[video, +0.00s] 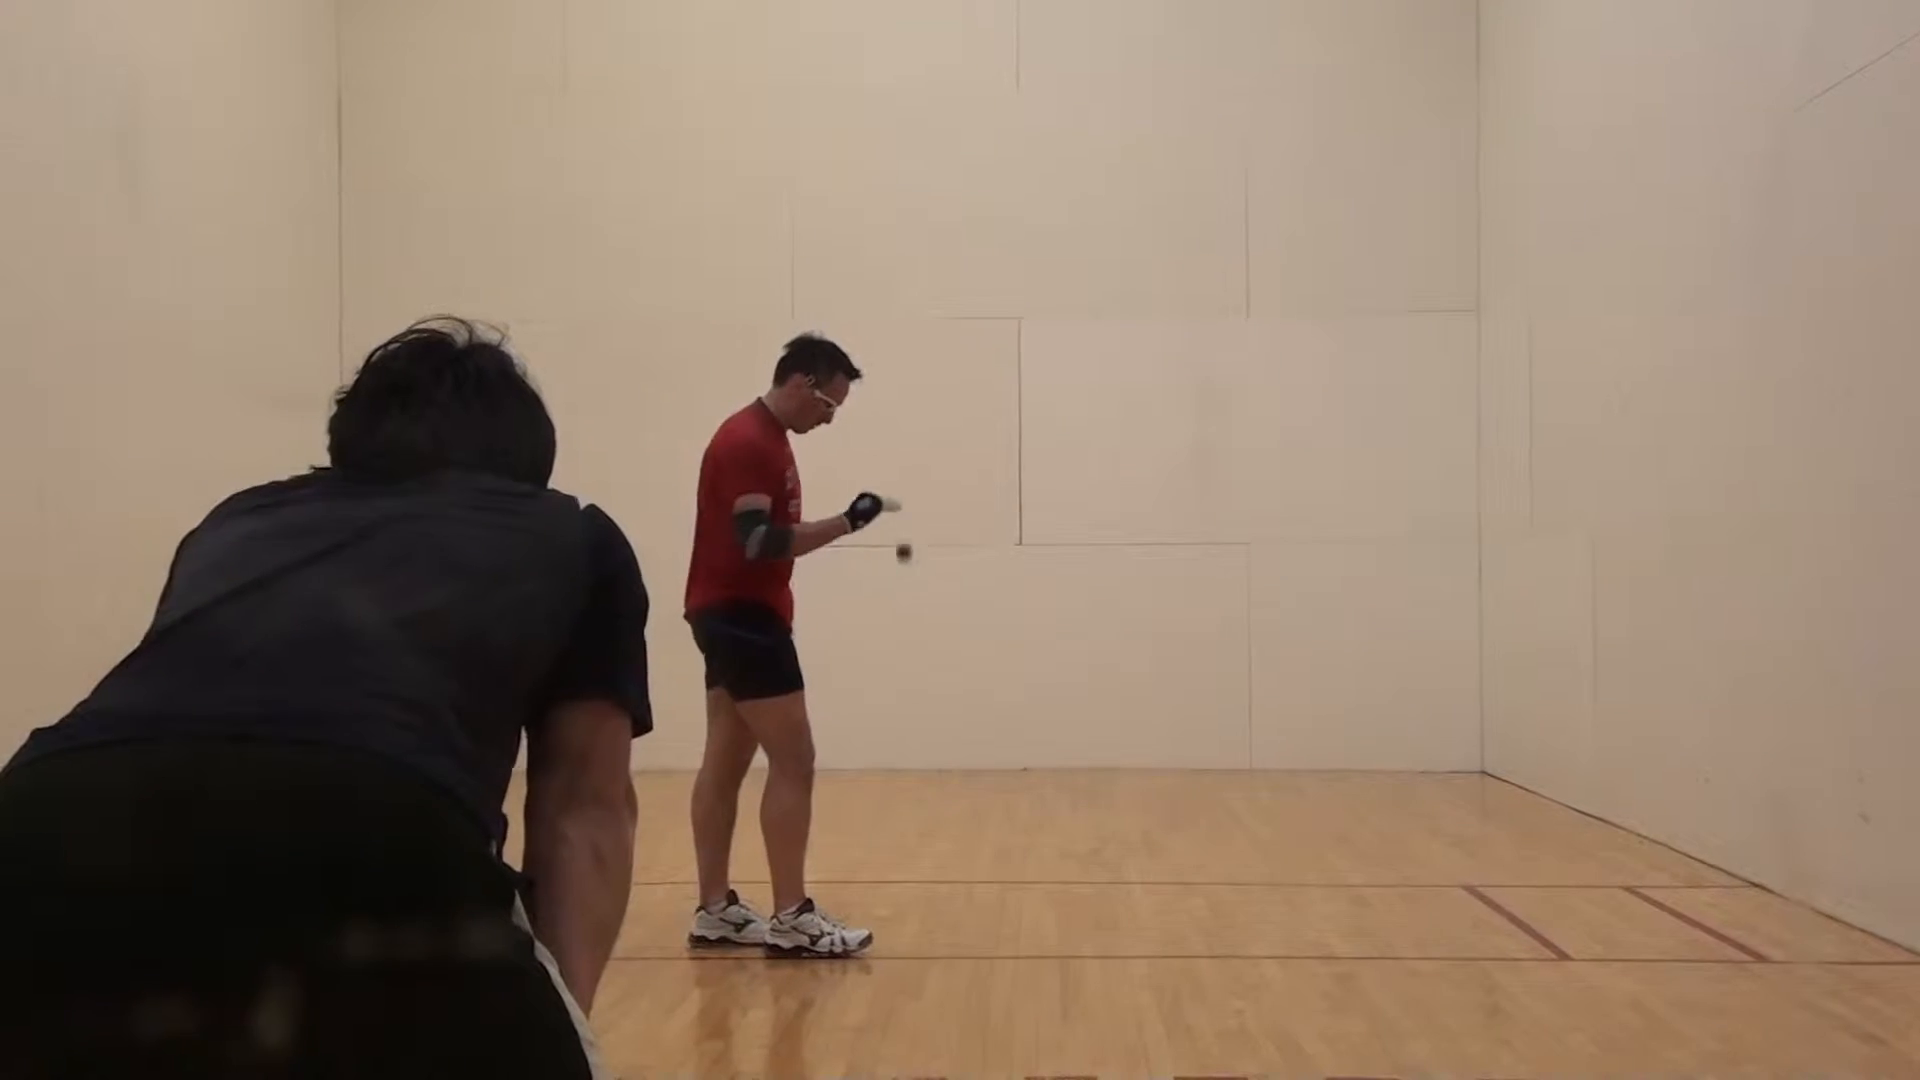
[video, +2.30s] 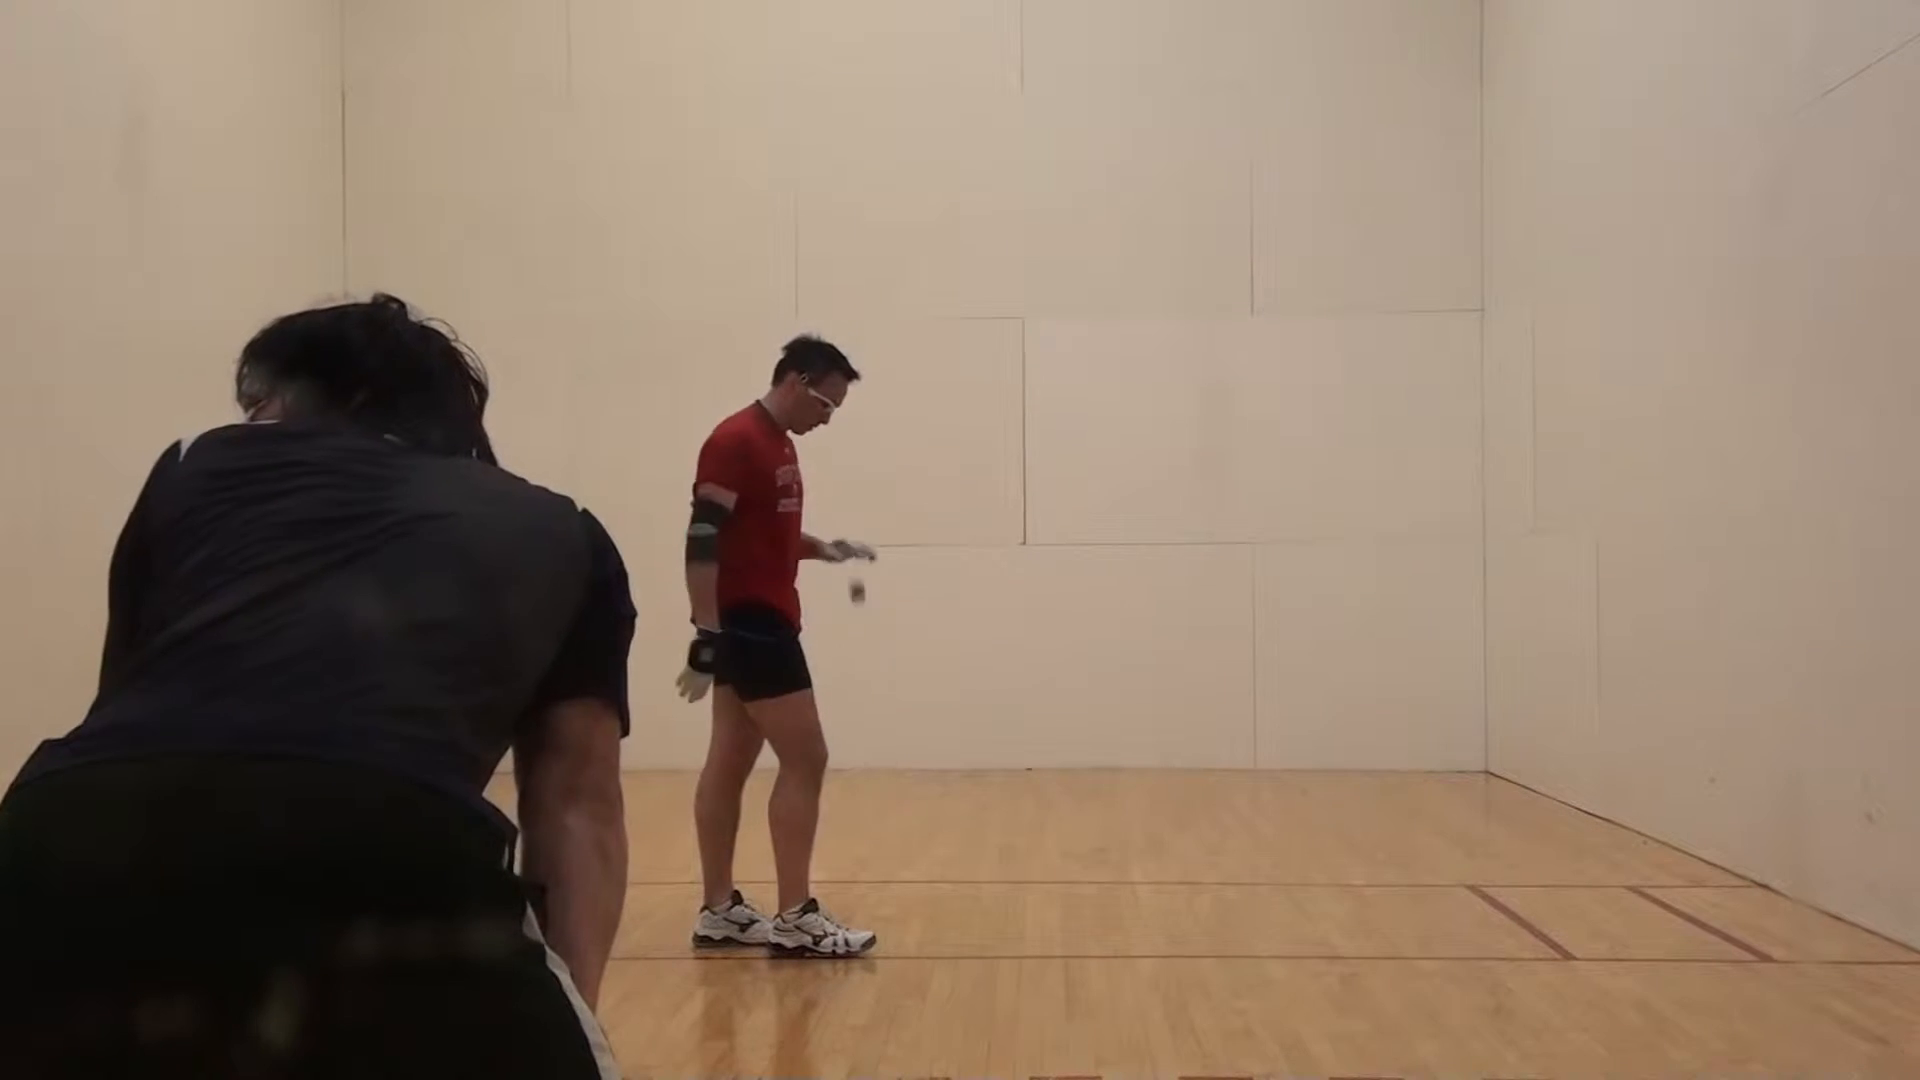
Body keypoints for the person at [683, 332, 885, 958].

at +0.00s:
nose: (829, 417)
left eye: (834, 407)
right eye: (829, 403)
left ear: (799, 387)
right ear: (797, 384)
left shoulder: (762, 436)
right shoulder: (751, 440)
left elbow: (761, 536)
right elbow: (755, 539)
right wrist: (840, 524)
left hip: (731, 616)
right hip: (746, 619)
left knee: (725, 761)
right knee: (794, 761)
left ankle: (715, 908)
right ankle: (791, 914)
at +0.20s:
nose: (836, 421)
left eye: (841, 412)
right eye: (835, 407)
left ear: (805, 390)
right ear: (804, 386)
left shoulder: (759, 435)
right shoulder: (764, 445)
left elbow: (764, 545)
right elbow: (772, 549)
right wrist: (863, 547)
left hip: (724, 616)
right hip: (750, 621)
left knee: (726, 758)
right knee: (795, 758)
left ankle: (715, 907)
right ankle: (793, 914)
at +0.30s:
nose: (838, 421)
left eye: (844, 411)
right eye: (837, 407)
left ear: (806, 391)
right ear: (806, 387)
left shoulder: (765, 436)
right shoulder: (764, 444)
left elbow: (759, 546)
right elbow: (771, 550)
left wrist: (785, 612)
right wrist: (858, 600)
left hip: (730, 616)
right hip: (748, 619)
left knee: (726, 758)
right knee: (795, 759)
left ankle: (716, 907)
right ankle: (794, 913)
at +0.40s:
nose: (840, 420)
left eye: (847, 410)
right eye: (839, 405)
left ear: (810, 388)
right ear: (810, 386)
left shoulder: (769, 437)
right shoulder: (764, 447)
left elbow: (777, 548)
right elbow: (770, 560)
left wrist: (803, 600)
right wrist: (807, 625)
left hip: (732, 614)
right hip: (747, 618)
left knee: (726, 761)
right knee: (797, 762)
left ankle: (716, 908)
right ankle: (793, 915)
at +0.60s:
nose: (844, 419)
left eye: (851, 408)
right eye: (843, 404)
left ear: (816, 389)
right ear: (813, 385)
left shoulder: (782, 440)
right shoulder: (755, 443)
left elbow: (775, 532)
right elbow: (721, 552)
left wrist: (829, 554)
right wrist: (724, 646)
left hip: (745, 622)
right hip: (758, 628)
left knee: (726, 766)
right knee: (796, 762)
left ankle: (716, 908)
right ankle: (793, 915)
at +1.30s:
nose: (825, 415)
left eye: (830, 405)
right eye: (823, 401)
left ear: (800, 389)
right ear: (789, 382)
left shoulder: (783, 446)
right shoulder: (730, 437)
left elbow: (775, 544)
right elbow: (709, 534)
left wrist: (794, 626)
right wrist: (786, 590)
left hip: (760, 618)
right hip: (737, 619)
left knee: (726, 763)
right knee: (797, 759)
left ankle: (717, 909)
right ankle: (793, 914)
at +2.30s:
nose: (827, 418)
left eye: (833, 408)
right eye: (826, 404)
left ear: (801, 389)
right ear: (794, 383)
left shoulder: (775, 442)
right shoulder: (736, 441)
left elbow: (767, 536)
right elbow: (702, 541)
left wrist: (825, 549)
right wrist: (705, 636)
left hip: (751, 626)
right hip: (756, 630)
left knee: (727, 764)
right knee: (804, 758)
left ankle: (718, 908)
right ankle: (795, 913)